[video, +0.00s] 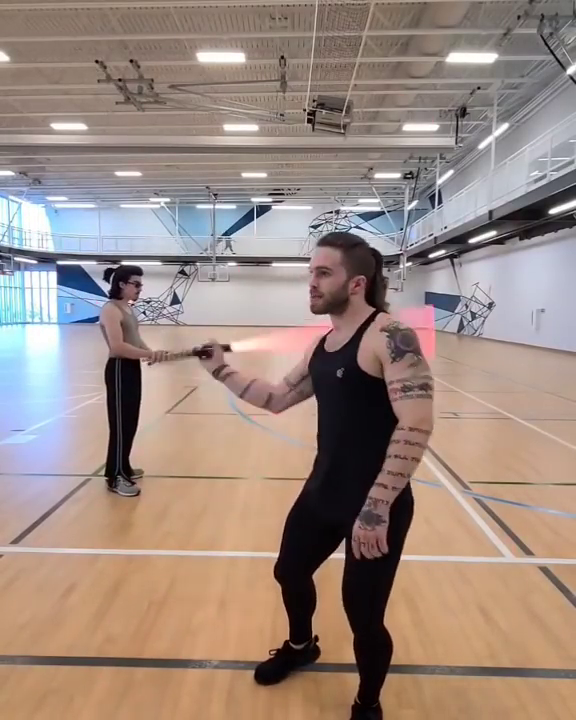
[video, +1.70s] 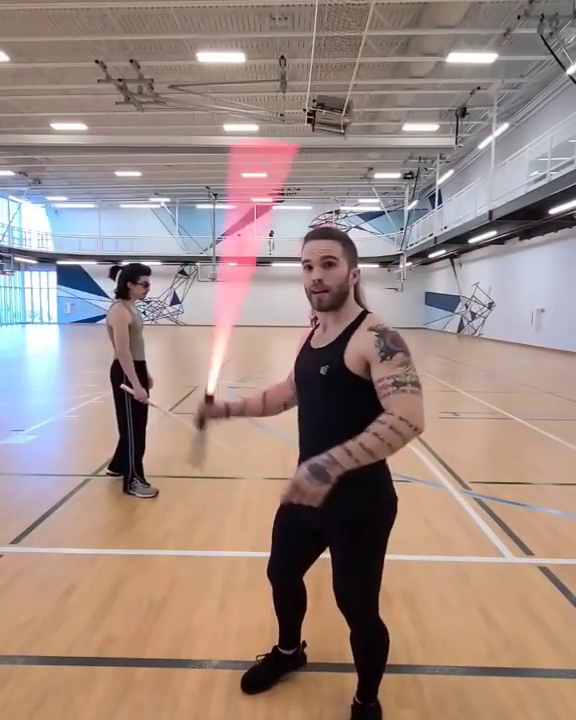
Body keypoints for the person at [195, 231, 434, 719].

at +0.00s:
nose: (312, 281)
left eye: (324, 273)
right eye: (312, 272)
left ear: (358, 282)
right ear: (317, 277)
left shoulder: (391, 336)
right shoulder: (328, 343)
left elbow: (417, 426)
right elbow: (277, 396)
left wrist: (375, 508)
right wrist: (222, 370)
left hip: (377, 497)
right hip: (328, 486)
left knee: (363, 612)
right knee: (291, 569)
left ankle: (368, 702)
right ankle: (301, 643)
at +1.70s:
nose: (316, 275)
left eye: (329, 264)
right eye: (308, 266)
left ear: (353, 272)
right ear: (302, 273)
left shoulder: (377, 338)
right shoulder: (316, 333)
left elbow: (406, 419)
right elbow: (285, 394)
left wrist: (329, 464)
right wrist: (226, 406)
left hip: (361, 497)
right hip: (309, 489)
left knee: (358, 605)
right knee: (283, 571)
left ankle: (367, 700)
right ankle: (289, 649)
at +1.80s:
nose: (310, 279)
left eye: (322, 268)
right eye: (302, 269)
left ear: (349, 273)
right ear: (296, 275)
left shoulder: (371, 342)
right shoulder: (306, 333)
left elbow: (390, 424)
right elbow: (298, 404)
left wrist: (307, 445)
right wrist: (260, 438)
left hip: (349, 494)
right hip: (299, 486)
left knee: (351, 604)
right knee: (289, 579)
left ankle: (366, 699)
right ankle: (290, 655)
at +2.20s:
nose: (271, 284)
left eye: (284, 276)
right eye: (267, 274)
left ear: (312, 282)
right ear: (265, 276)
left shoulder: (320, 332)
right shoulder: (284, 330)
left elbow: (330, 372)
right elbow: (272, 415)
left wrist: (295, 380)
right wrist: (258, 473)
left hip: (301, 487)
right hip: (266, 482)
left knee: (316, 603)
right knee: (277, 575)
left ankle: (364, 692)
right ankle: (290, 655)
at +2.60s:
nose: (281, 282)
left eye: (293, 273)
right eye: (275, 272)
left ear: (318, 279)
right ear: (268, 276)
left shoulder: (329, 335)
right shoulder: (283, 332)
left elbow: (347, 397)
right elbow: (278, 410)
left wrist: (308, 435)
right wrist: (258, 459)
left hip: (309, 484)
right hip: (272, 478)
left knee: (306, 602)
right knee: (282, 576)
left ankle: (363, 691)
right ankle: (290, 655)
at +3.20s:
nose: (344, 287)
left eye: (358, 277)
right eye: (335, 275)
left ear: (381, 281)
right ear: (326, 276)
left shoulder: (398, 347)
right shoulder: (341, 327)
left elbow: (410, 416)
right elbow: (345, 398)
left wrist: (354, 396)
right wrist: (327, 445)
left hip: (380, 494)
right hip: (339, 479)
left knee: (376, 610)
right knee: (335, 563)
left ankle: (391, 715)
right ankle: (362, 646)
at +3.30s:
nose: (339, 279)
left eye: (352, 270)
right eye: (335, 269)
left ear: (384, 277)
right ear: (332, 270)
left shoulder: (396, 342)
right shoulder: (354, 327)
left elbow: (411, 425)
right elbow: (356, 409)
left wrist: (337, 439)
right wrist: (339, 467)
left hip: (384, 489)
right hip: (355, 480)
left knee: (376, 598)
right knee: (368, 574)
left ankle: (390, 714)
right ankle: (394, 646)